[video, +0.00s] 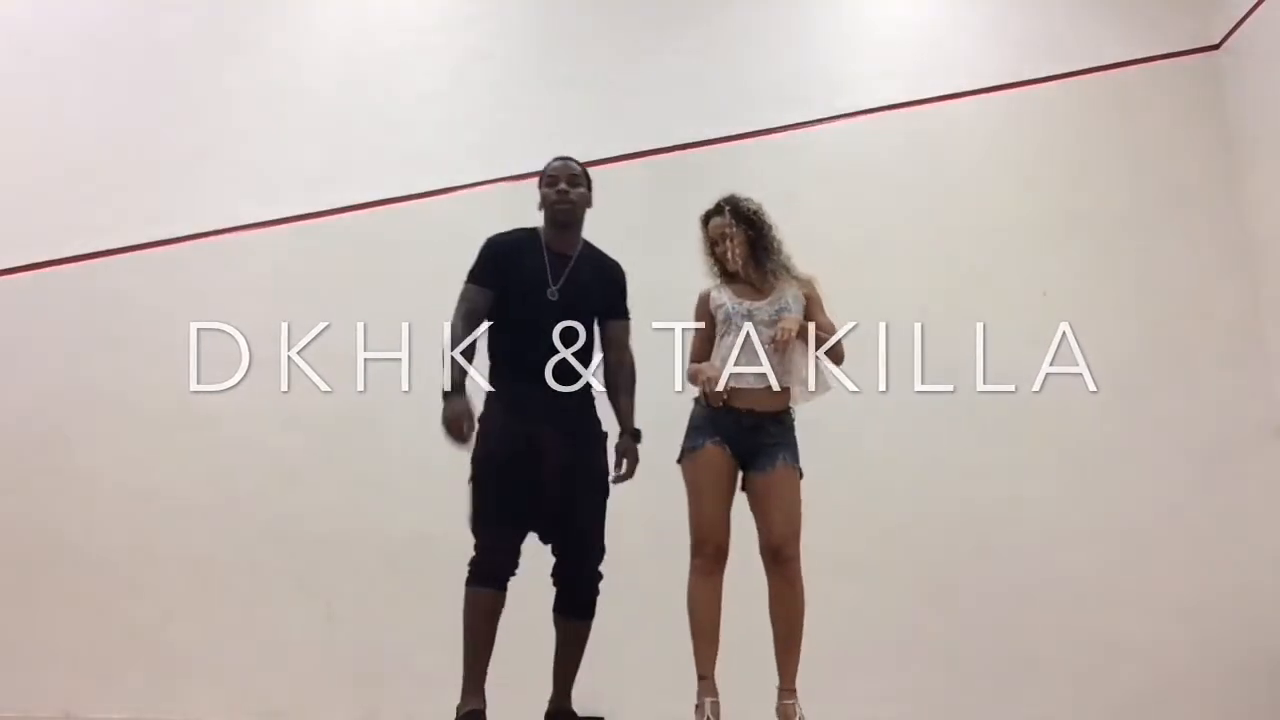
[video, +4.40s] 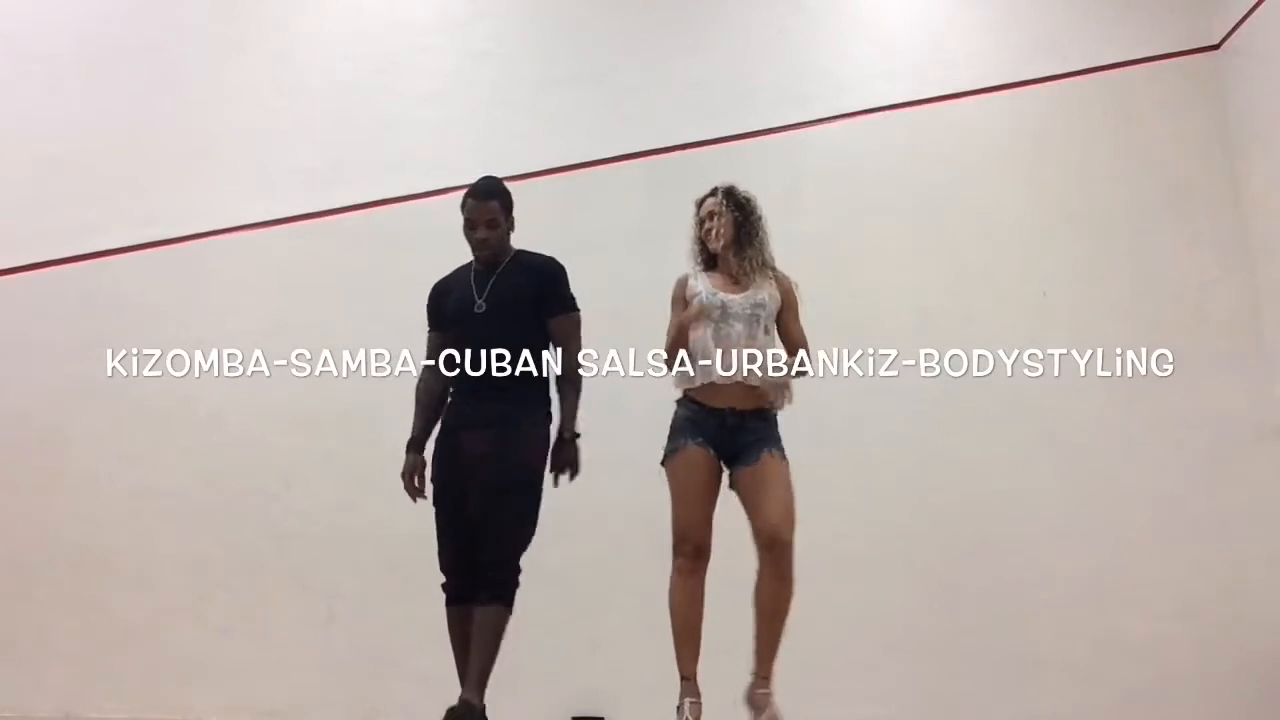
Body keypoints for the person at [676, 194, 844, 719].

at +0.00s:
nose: (726, 246)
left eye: (732, 235)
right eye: (717, 240)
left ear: (755, 233)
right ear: (711, 248)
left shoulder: (798, 290)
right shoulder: (713, 298)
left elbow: (835, 353)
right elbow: (694, 367)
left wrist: (802, 327)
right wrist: (703, 372)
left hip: (773, 431)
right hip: (713, 427)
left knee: (782, 555)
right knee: (708, 552)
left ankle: (789, 695)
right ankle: (706, 691)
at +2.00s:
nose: (728, 228)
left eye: (736, 219)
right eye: (721, 224)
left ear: (759, 226)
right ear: (717, 238)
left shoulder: (797, 285)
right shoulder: (713, 297)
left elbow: (822, 352)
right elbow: (705, 377)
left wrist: (836, 295)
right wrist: (656, 377)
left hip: (786, 428)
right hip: (726, 427)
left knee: (789, 555)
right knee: (731, 553)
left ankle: (800, 695)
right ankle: (716, 690)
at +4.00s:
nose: (715, 227)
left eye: (722, 218)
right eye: (708, 221)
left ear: (744, 222)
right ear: (701, 232)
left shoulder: (778, 282)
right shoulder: (693, 289)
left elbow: (799, 348)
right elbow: (675, 355)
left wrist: (761, 319)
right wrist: (670, 383)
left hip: (764, 424)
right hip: (702, 424)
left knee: (776, 551)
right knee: (699, 550)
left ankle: (787, 690)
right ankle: (694, 690)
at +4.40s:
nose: (713, 225)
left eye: (721, 215)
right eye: (707, 219)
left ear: (743, 221)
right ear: (700, 231)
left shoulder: (776, 285)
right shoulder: (689, 286)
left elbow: (800, 354)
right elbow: (668, 359)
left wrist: (783, 380)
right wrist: (685, 327)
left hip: (757, 427)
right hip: (696, 423)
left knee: (778, 541)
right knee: (689, 552)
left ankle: (762, 684)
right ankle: (689, 689)